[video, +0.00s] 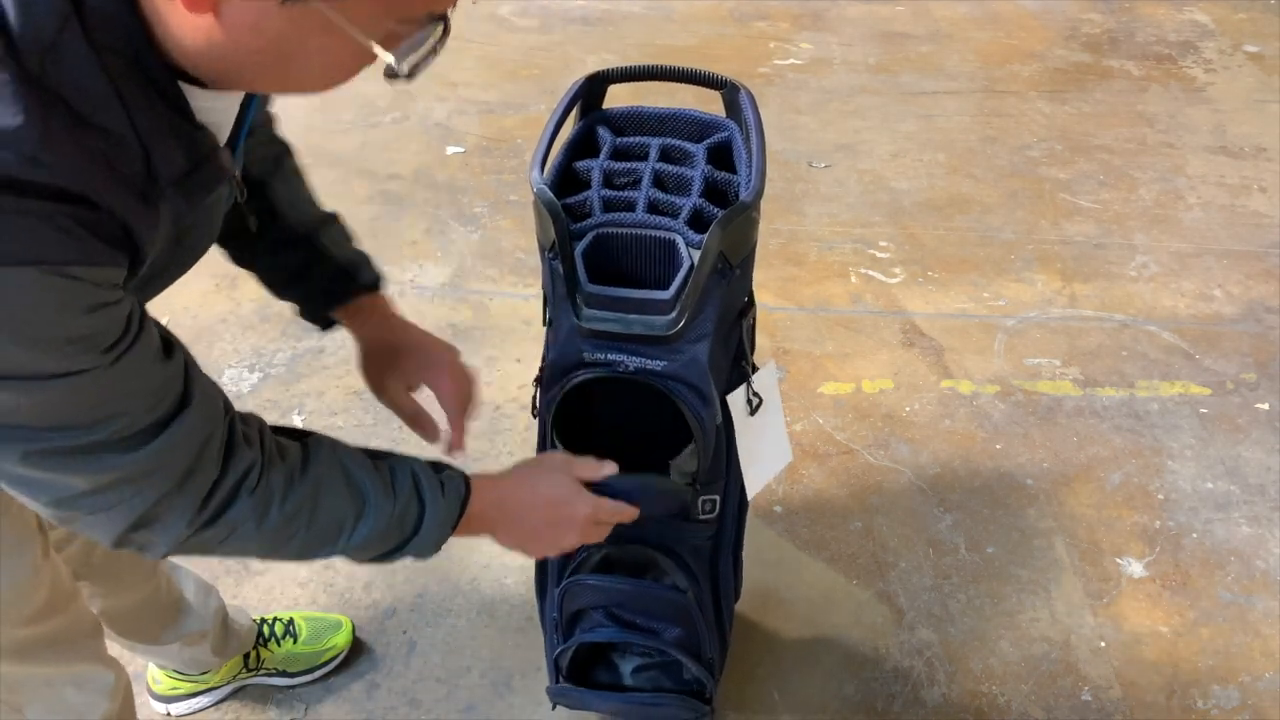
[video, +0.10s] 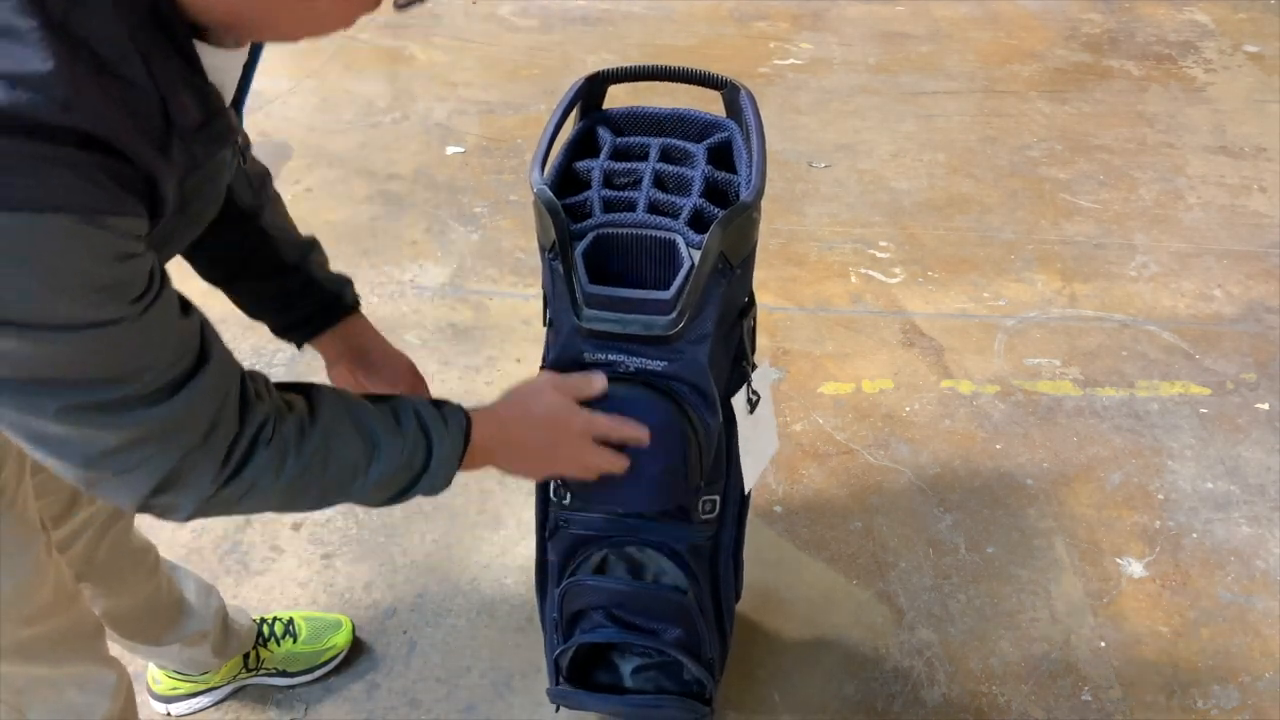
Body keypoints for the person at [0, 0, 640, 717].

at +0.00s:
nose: (383, 63)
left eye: (398, 41)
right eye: (386, 41)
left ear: (206, 2)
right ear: (211, 3)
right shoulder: (25, 257)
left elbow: (226, 145)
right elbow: (191, 485)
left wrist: (369, 316)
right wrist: (480, 506)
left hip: (45, 363)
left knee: (94, 520)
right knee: (38, 620)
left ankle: (198, 653)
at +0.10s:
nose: (379, 7)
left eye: (380, 1)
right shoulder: (33, 182)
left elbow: (193, 162)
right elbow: (202, 452)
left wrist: (337, 329)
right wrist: (482, 436)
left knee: (78, 512)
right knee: (45, 641)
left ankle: (197, 653)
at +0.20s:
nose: (341, 6)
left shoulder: (196, 16)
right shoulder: (47, 131)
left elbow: (235, 193)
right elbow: (228, 448)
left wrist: (392, 370)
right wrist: (515, 458)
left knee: (76, 505)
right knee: (35, 625)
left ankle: (198, 654)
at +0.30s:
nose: (334, 5)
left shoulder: (212, 21)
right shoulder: (76, 105)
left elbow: (304, 235)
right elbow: (309, 407)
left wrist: (452, 423)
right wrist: (572, 473)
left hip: (5, 356)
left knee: (72, 521)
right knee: (39, 658)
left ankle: (199, 652)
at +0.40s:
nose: (331, 7)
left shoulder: (196, 24)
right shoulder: (87, 84)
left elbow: (304, 237)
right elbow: (310, 408)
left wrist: (443, 409)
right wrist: (570, 489)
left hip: (4, 360)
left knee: (75, 523)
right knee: (43, 659)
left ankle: (199, 653)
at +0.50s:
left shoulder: (158, 27)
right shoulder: (80, 77)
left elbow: (259, 220)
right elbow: (259, 420)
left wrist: (419, 393)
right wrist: (530, 493)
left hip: (5, 364)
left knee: (85, 523)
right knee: (36, 653)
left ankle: (200, 653)